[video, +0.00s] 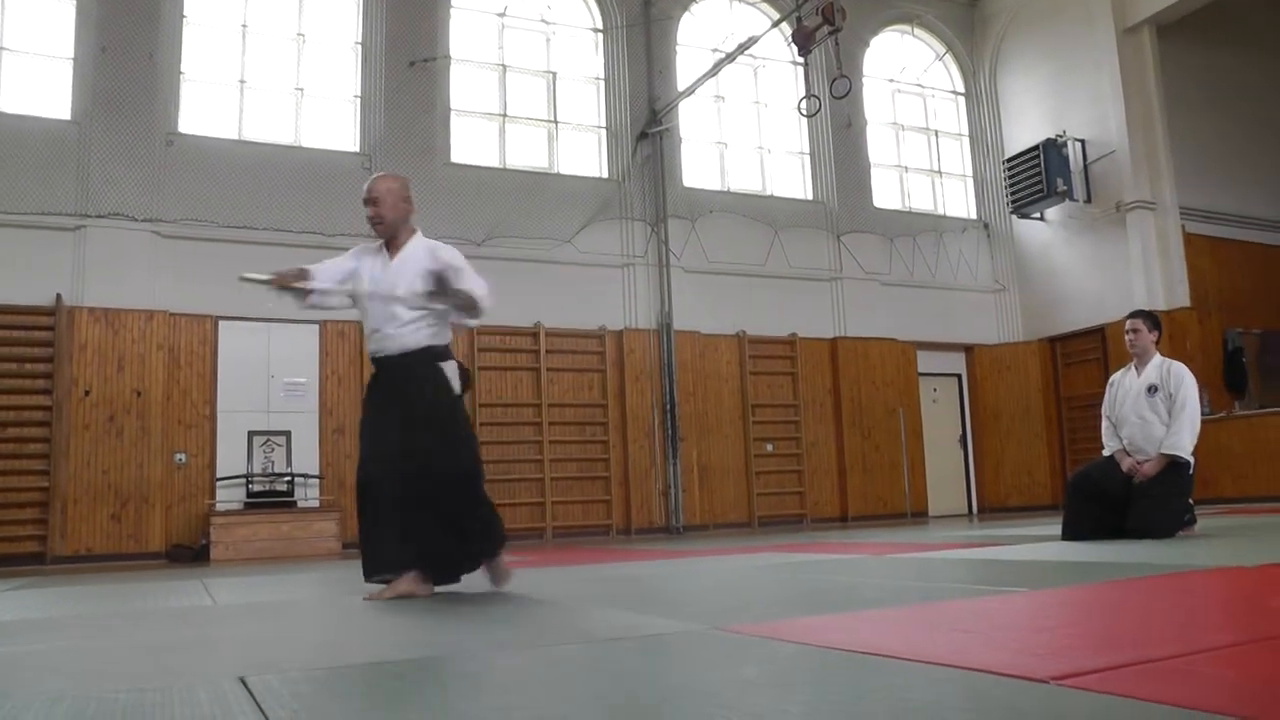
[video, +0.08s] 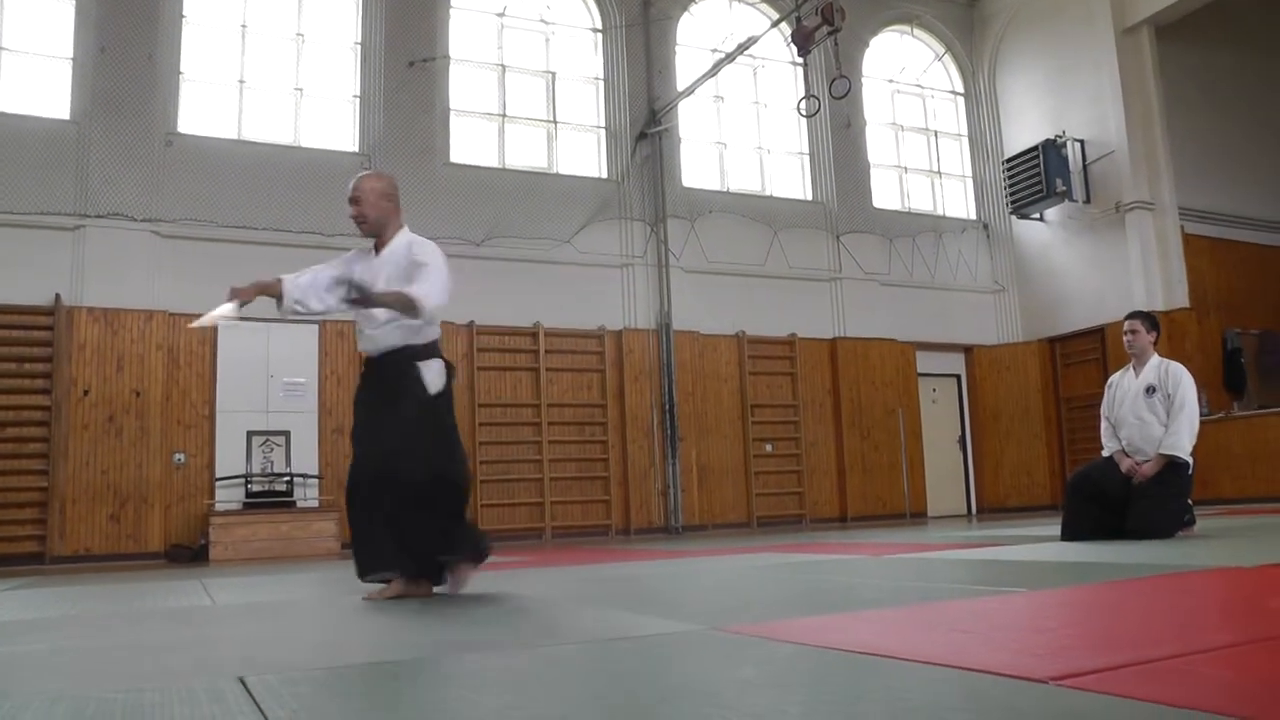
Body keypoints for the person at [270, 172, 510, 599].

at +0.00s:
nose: (369, 211)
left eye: (376, 203)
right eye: (366, 204)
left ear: (406, 205)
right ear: (370, 210)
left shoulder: (436, 254)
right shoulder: (362, 259)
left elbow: (479, 301)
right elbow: (323, 276)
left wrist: (451, 293)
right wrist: (296, 279)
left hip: (431, 376)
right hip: (386, 378)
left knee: (450, 469)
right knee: (382, 473)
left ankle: (488, 546)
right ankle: (412, 573)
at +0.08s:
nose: (351, 211)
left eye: (358, 202)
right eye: (350, 204)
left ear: (389, 204)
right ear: (360, 209)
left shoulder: (423, 251)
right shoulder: (359, 260)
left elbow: (430, 298)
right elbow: (311, 283)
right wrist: (257, 288)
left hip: (419, 372)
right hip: (379, 375)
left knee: (419, 469)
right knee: (374, 473)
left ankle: (462, 549)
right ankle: (412, 576)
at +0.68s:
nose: (312, 192)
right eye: (309, 187)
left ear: (271, 192)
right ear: (311, 193)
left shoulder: (250, 228)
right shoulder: (341, 222)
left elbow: (283, 220)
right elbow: (388, 223)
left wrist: (311, 194)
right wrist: (381, 171)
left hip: (277, 352)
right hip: (334, 351)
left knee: (256, 467)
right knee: (352, 463)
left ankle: (240, 594)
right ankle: (374, 577)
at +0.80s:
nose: (324, 206)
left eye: (320, 199)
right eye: (323, 200)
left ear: (278, 201)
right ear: (319, 200)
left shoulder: (256, 242)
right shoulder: (337, 227)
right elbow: (369, 202)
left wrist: (312, 204)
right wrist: (339, 179)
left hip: (274, 358)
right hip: (330, 358)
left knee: (254, 471)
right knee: (361, 467)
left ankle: (234, 590)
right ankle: (383, 584)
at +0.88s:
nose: (334, 214)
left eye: (331, 209)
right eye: (333, 209)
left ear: (292, 215)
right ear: (325, 211)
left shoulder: (267, 257)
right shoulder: (334, 239)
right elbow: (376, 228)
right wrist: (348, 213)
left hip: (275, 366)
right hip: (328, 367)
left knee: (255, 477)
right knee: (372, 474)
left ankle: (226, 582)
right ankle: (394, 587)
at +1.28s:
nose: (412, 349)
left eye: (414, 342)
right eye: (410, 339)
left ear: (381, 332)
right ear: (385, 329)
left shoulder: (357, 365)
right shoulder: (364, 350)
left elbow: (380, 447)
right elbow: (418, 390)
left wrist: (424, 469)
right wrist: (477, 423)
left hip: (303, 461)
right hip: (325, 459)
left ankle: (243, 599)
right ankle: (250, 589)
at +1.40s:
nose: (418, 358)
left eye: (420, 351)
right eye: (416, 348)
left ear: (394, 345)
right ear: (387, 342)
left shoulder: (384, 413)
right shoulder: (357, 357)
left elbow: (383, 461)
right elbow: (381, 384)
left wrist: (422, 481)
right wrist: (389, 388)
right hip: (319, 467)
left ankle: (246, 601)